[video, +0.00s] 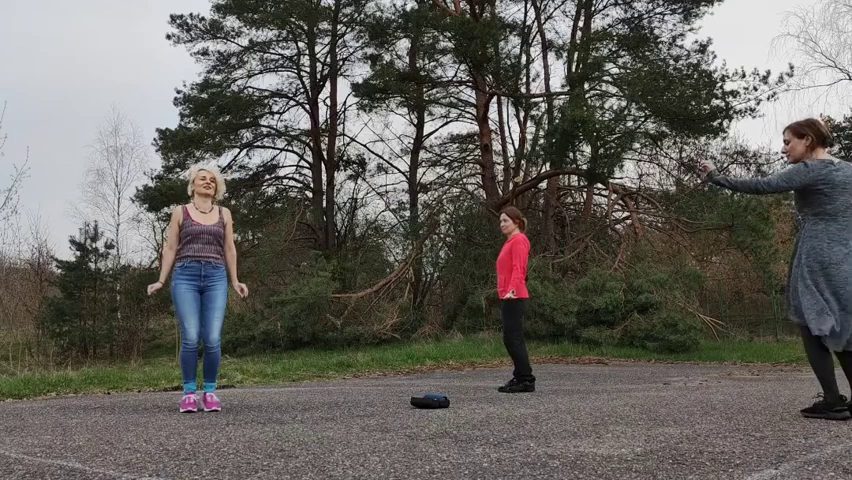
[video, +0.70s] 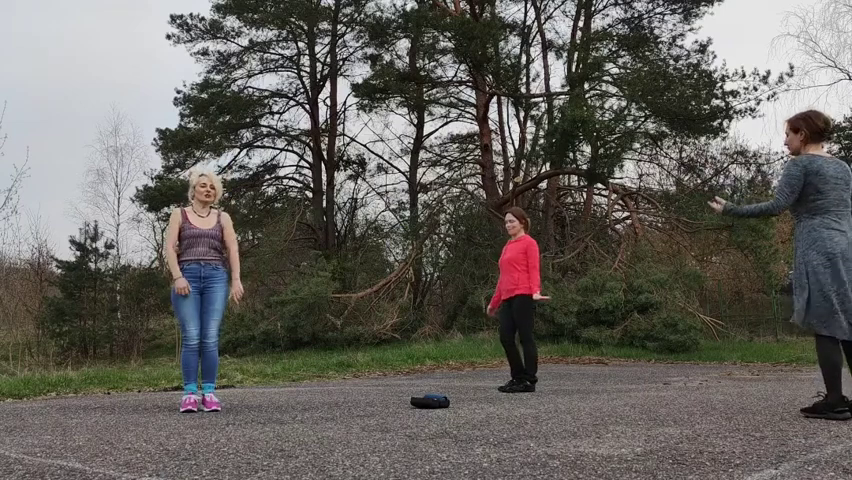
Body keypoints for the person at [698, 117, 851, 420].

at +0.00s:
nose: (784, 149)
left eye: (788, 142)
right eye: (784, 143)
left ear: (807, 140)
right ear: (812, 142)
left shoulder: (808, 170)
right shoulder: (844, 168)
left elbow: (764, 185)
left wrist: (715, 177)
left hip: (817, 256)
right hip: (845, 255)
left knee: (809, 325)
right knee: (840, 328)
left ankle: (833, 399)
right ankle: (848, 396)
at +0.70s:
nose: (786, 140)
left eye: (789, 134)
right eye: (786, 134)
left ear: (804, 134)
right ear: (816, 135)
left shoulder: (800, 164)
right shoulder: (844, 166)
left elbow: (778, 205)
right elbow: (844, 208)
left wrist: (729, 209)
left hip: (818, 250)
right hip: (847, 249)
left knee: (824, 326)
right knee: (841, 325)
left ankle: (834, 398)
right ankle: (839, 398)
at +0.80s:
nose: (787, 144)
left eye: (789, 138)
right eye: (787, 138)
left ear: (802, 137)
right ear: (820, 138)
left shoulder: (800, 167)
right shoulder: (844, 168)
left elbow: (785, 211)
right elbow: (841, 210)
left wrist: (744, 230)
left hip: (815, 254)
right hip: (846, 252)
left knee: (813, 327)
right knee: (841, 328)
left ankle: (833, 399)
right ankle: (849, 397)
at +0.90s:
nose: (788, 144)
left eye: (790, 138)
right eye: (788, 138)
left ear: (803, 139)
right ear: (819, 139)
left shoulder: (802, 169)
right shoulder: (843, 168)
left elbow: (788, 219)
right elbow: (842, 214)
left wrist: (767, 258)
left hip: (815, 255)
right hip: (844, 253)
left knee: (811, 325)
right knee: (839, 325)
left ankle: (832, 397)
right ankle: (840, 397)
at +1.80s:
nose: (791, 135)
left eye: (798, 129)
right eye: (788, 131)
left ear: (818, 134)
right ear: (787, 137)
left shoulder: (814, 165)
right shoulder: (824, 165)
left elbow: (817, 212)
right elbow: (830, 213)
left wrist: (807, 253)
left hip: (820, 253)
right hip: (832, 251)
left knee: (816, 326)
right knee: (833, 326)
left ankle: (833, 398)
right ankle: (836, 397)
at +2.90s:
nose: (775, 144)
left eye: (779, 138)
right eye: (777, 138)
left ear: (789, 141)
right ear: (811, 142)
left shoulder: (780, 177)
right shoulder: (835, 176)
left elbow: (777, 230)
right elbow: (845, 225)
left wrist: (768, 270)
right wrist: (843, 253)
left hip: (802, 255)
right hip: (839, 252)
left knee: (809, 327)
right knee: (836, 325)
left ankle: (833, 399)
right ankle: (847, 389)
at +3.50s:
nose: (762, 156)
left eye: (763, 152)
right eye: (762, 151)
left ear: (770, 154)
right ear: (792, 154)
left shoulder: (762, 186)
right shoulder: (811, 185)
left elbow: (759, 233)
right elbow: (826, 231)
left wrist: (756, 272)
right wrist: (836, 266)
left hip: (782, 262)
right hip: (817, 260)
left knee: (770, 324)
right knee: (815, 326)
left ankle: (795, 377)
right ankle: (822, 396)